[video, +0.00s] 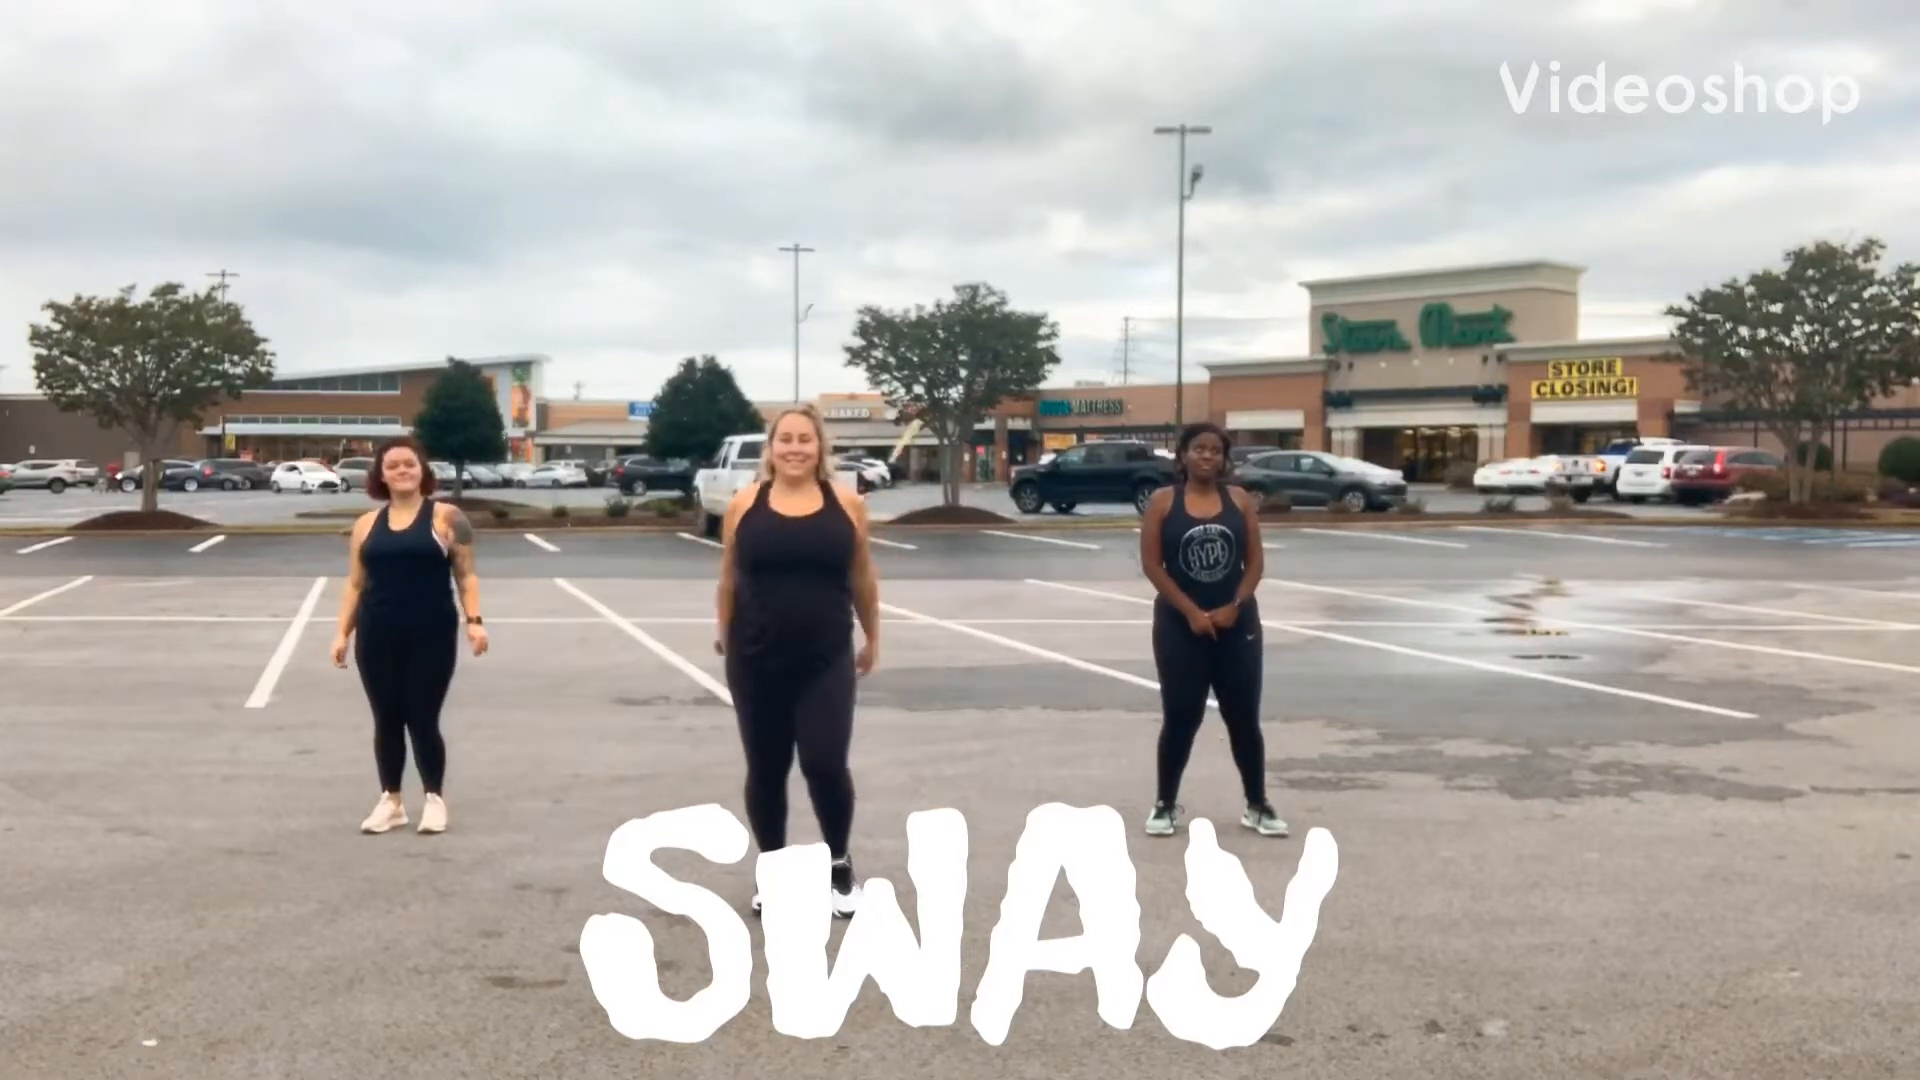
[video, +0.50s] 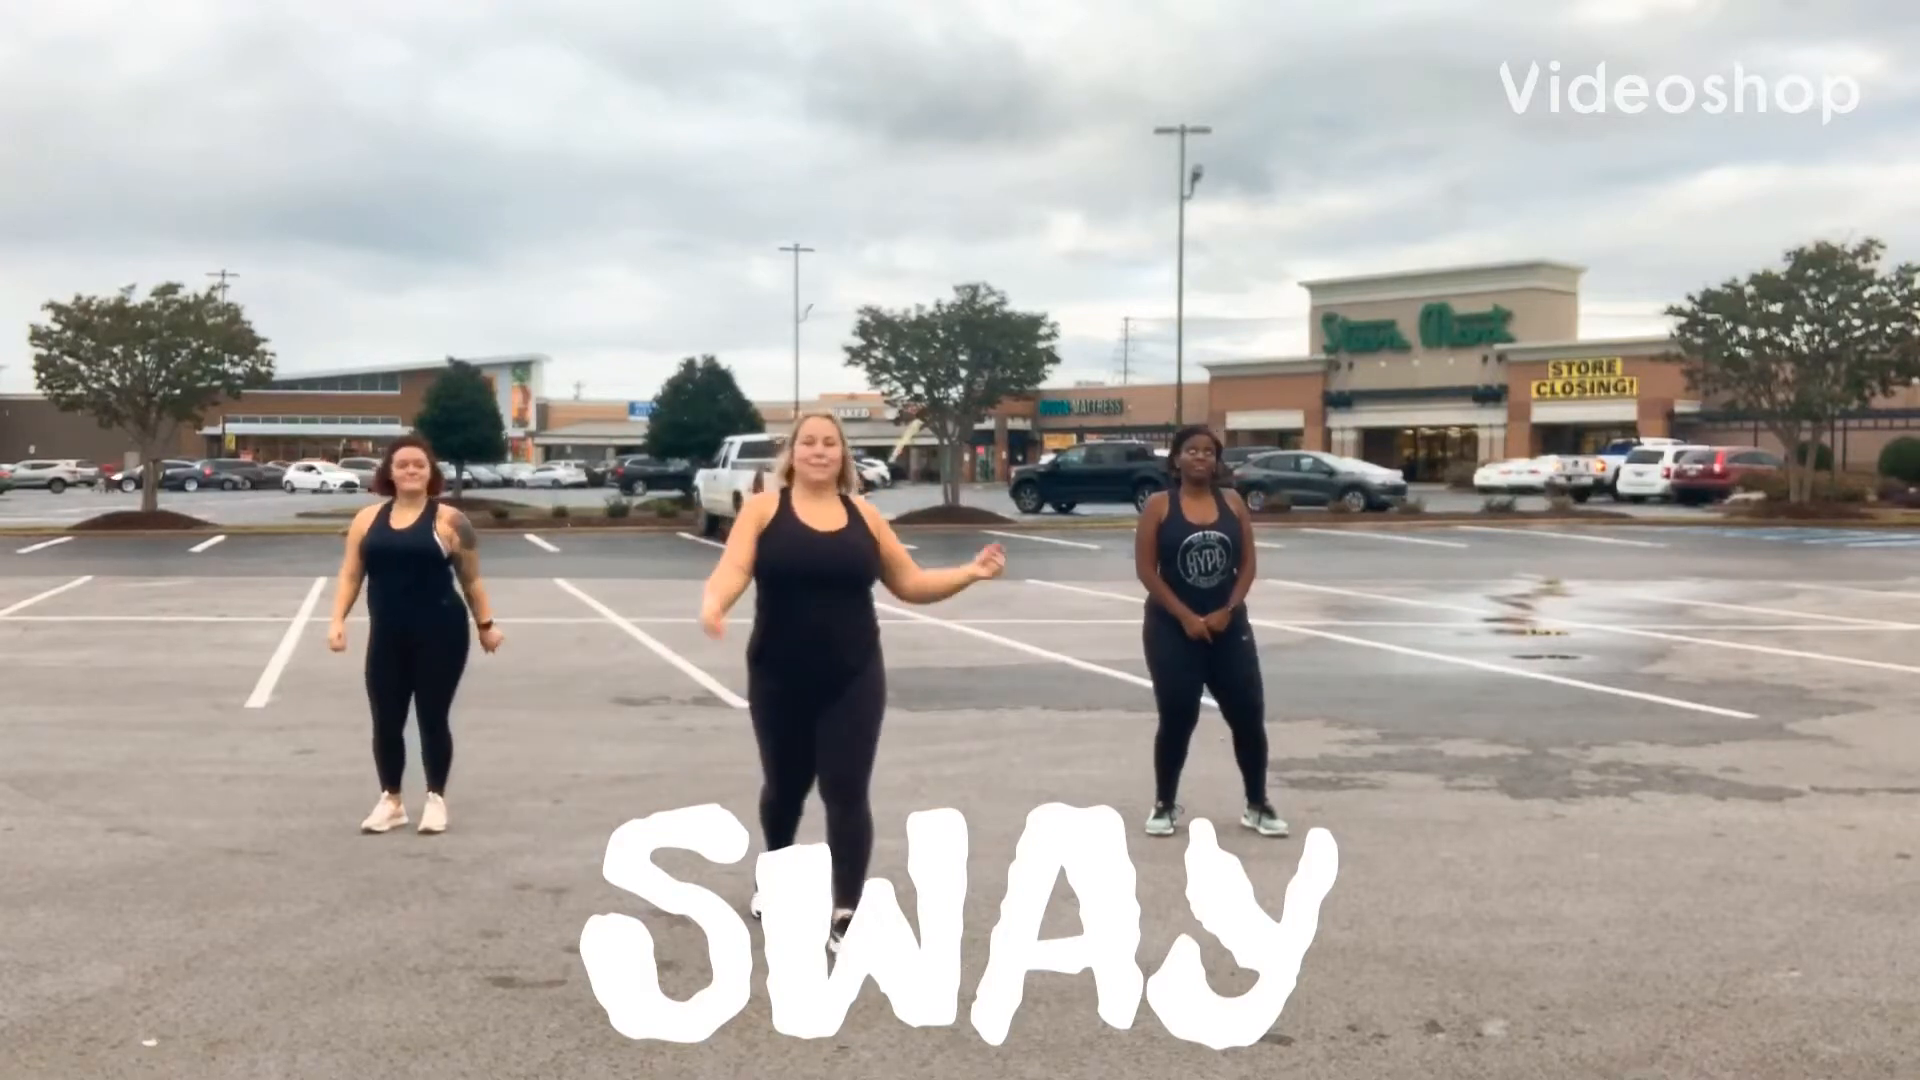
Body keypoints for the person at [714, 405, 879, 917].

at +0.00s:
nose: (795, 448)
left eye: (805, 439)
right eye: (785, 439)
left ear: (820, 448)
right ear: (770, 448)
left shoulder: (845, 505)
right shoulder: (744, 504)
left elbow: (862, 575)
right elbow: (728, 576)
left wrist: (872, 637)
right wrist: (725, 631)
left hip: (826, 658)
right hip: (755, 658)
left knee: (824, 767)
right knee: (765, 772)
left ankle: (839, 863)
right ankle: (769, 873)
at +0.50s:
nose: (818, 451)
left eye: (828, 443)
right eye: (808, 442)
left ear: (843, 454)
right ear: (791, 453)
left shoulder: (862, 514)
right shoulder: (762, 509)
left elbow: (910, 584)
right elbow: (734, 568)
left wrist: (972, 572)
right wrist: (713, 604)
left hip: (852, 676)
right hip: (779, 675)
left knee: (846, 795)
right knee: (785, 788)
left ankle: (846, 910)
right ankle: (771, 876)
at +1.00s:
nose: (826, 447)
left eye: (836, 438)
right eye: (815, 438)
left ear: (854, 448)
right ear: (798, 448)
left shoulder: (883, 510)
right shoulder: (768, 512)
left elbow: (923, 583)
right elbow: (731, 568)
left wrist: (901, 626)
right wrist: (742, 628)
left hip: (865, 692)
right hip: (787, 691)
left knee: (853, 816)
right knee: (791, 822)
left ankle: (850, 921)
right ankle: (784, 959)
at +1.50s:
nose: (810, 439)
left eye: (821, 429)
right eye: (798, 429)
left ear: (839, 441)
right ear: (779, 443)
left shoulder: (868, 505)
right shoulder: (751, 510)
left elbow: (922, 549)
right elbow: (673, 574)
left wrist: (913, 602)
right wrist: (726, 606)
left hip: (855, 697)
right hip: (771, 700)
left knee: (854, 835)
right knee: (780, 838)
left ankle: (864, 974)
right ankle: (786, 981)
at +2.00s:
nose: (826, 443)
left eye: (838, 434)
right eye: (814, 433)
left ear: (856, 446)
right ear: (795, 445)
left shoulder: (882, 514)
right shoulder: (764, 511)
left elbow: (931, 598)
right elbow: (749, 602)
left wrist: (909, 648)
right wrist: (827, 642)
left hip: (870, 699)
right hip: (787, 701)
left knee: (865, 833)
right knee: (801, 829)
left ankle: (865, 970)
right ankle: (791, 975)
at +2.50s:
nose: (780, 449)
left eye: (792, 440)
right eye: (769, 440)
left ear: (809, 455)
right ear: (750, 454)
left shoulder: (838, 524)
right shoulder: (716, 520)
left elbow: (866, 614)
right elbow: (651, 589)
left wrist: (828, 674)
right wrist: (690, 643)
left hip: (806, 707)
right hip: (718, 702)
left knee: (842, 838)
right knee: (689, 833)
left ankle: (855, 955)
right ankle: (661, 962)